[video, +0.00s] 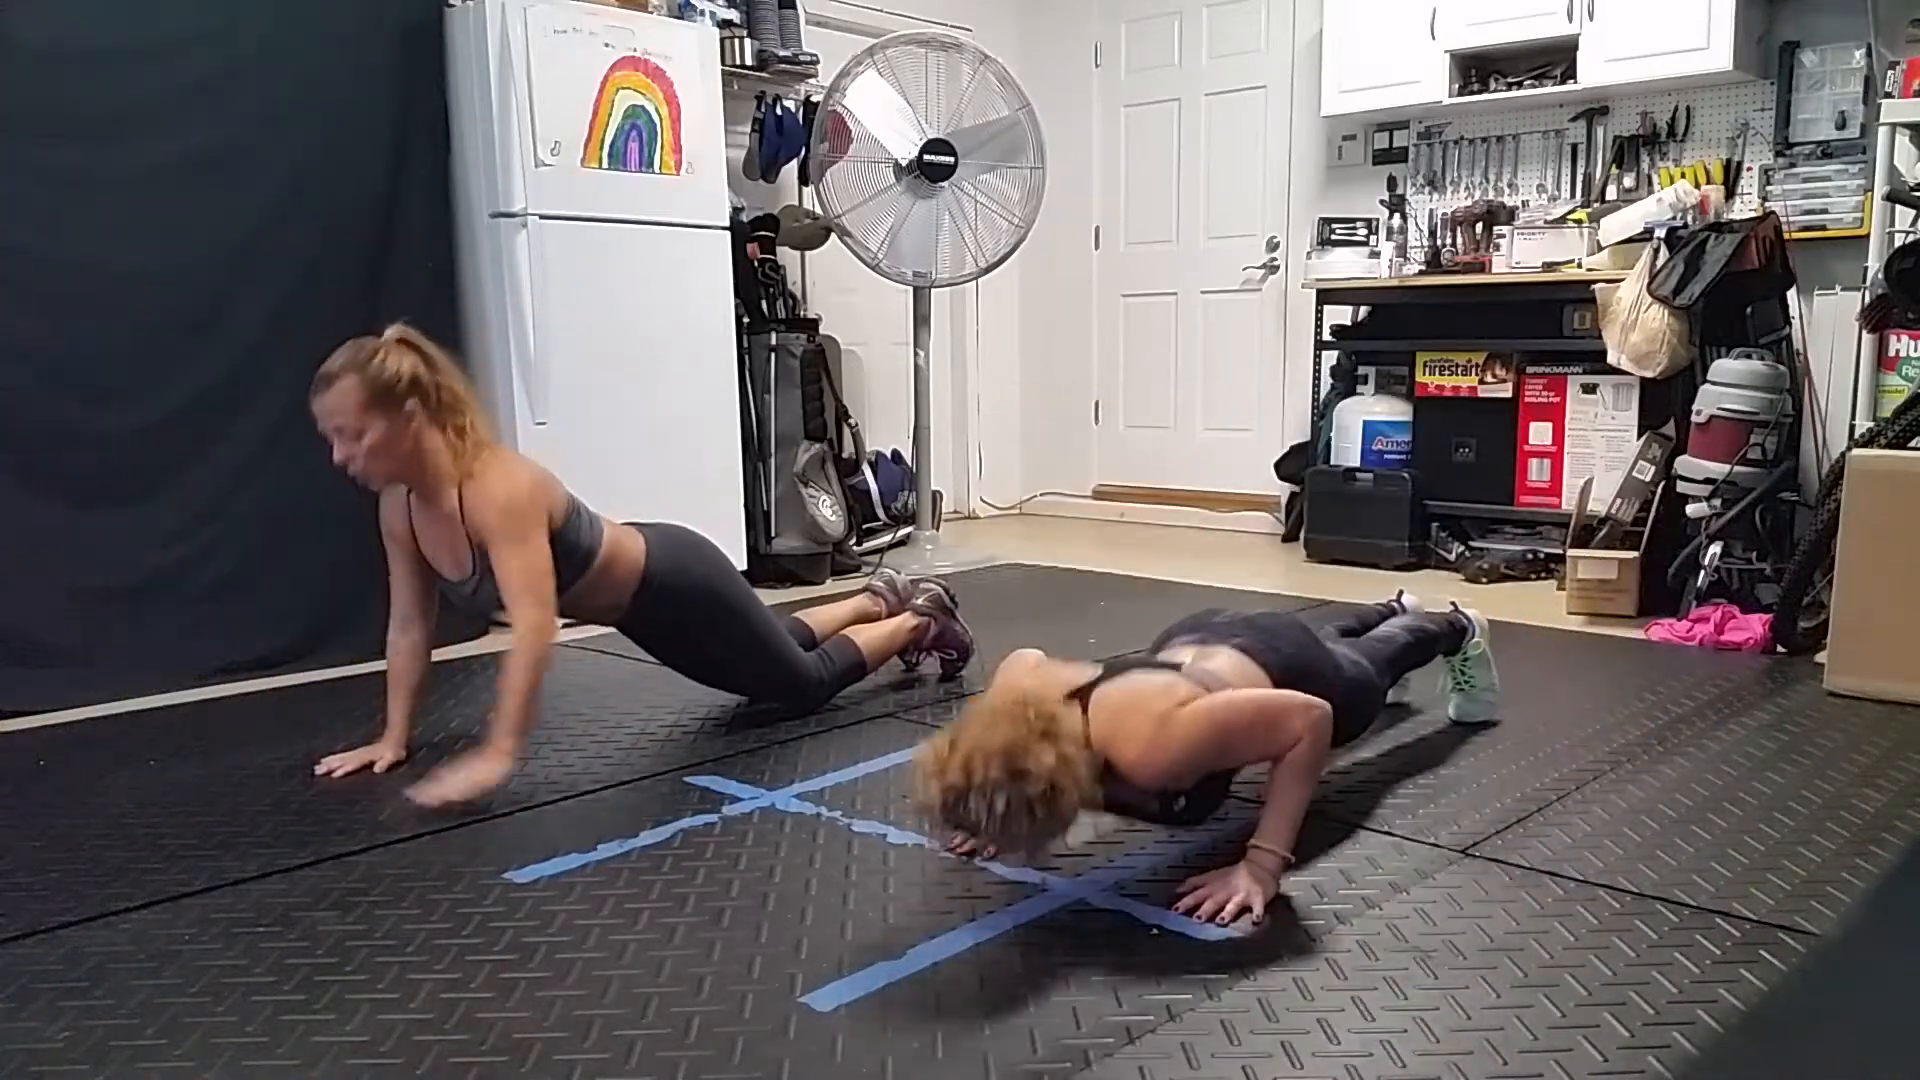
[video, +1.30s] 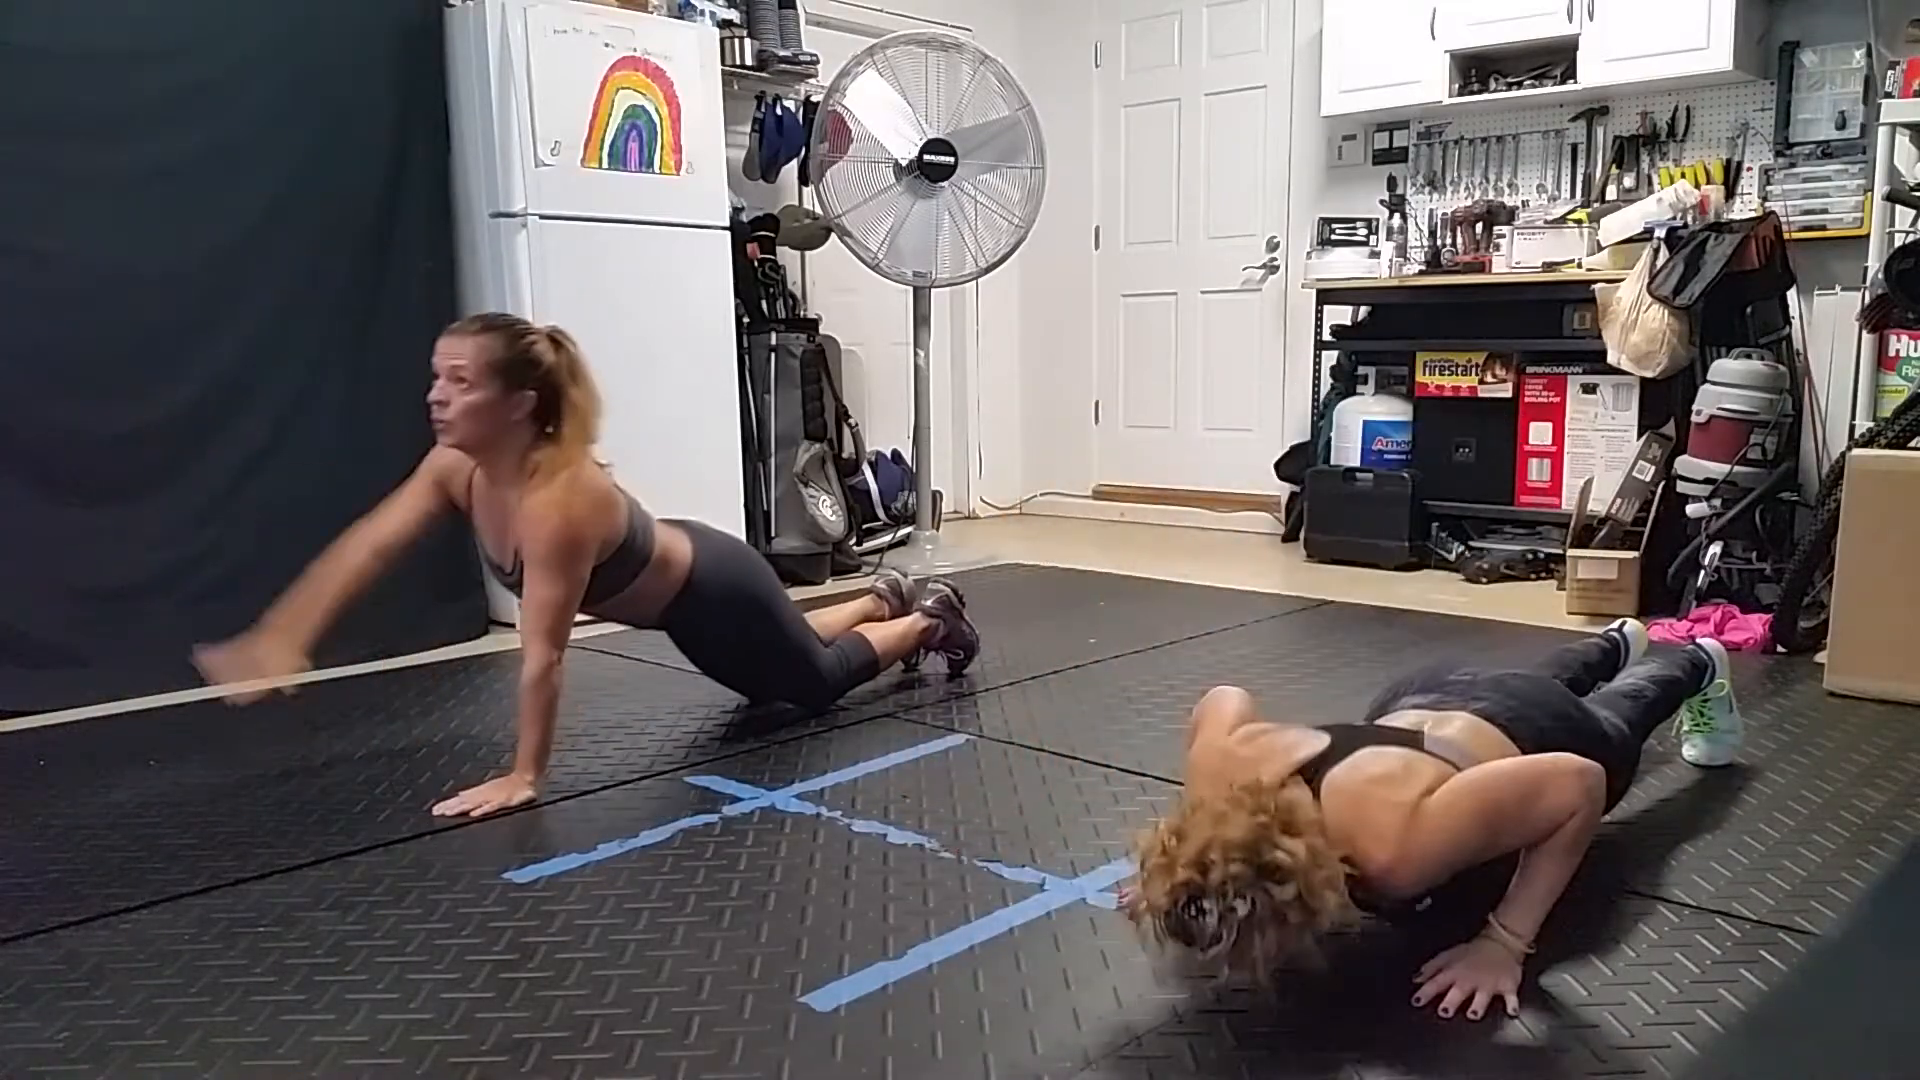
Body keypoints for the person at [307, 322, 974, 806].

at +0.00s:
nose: (338, 457)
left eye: (347, 437)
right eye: (331, 442)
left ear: (410, 417)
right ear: (384, 430)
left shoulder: (497, 488)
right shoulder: (401, 502)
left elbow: (534, 626)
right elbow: (410, 623)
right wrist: (393, 739)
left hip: (678, 586)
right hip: (637, 600)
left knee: (806, 682)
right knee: (769, 653)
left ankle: (920, 623)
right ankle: (878, 598)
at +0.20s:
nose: (316, 561)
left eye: (318, 541)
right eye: (305, 547)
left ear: (374, 508)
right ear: (366, 514)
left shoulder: (485, 541)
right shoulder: (396, 551)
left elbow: (569, 660)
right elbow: (419, 641)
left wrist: (524, 777)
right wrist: (394, 737)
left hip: (667, 606)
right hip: (629, 593)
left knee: (812, 681)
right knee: (768, 641)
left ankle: (919, 621)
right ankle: (872, 599)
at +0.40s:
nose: (296, 672)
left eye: (293, 658)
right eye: (283, 663)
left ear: (333, 617)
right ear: (328, 611)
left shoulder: (444, 609)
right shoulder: (381, 606)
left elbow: (574, 666)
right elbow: (407, 673)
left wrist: (523, 779)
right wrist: (397, 740)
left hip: (651, 640)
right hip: (611, 621)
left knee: (807, 676)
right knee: (761, 640)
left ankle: (918, 618)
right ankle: (878, 600)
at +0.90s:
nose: (298, 585)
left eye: (302, 568)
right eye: (290, 569)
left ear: (354, 544)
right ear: (345, 547)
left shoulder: (464, 562)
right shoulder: (391, 572)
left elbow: (568, 666)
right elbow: (405, 643)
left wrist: (522, 779)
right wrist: (393, 739)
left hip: (661, 633)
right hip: (622, 612)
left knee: (809, 684)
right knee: (773, 643)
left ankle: (923, 623)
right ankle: (885, 598)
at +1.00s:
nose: (326, 511)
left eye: (338, 494)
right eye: (322, 495)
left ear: (397, 482)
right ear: (376, 487)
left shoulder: (493, 530)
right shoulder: (399, 538)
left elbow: (556, 659)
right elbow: (409, 638)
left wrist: (524, 777)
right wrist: (394, 739)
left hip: (674, 623)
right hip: (632, 606)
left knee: (807, 680)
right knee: (773, 643)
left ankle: (924, 627)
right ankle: (878, 598)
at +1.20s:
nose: (409, 414)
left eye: (428, 401)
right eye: (407, 397)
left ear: (490, 412)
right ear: (426, 408)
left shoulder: (545, 506)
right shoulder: (439, 479)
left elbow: (541, 655)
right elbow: (403, 595)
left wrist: (525, 776)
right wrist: (365, 708)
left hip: (704, 602)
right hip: (666, 584)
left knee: (814, 679)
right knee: (775, 648)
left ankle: (924, 622)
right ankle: (877, 600)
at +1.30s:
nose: (436, 395)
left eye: (455, 384)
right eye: (436, 379)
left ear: (521, 406)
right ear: (458, 393)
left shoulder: (555, 506)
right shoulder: (457, 463)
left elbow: (545, 649)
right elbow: (363, 548)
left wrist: (525, 774)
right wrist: (280, 642)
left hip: (718, 602)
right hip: (682, 560)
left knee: (823, 676)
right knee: (785, 619)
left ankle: (924, 626)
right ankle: (882, 597)